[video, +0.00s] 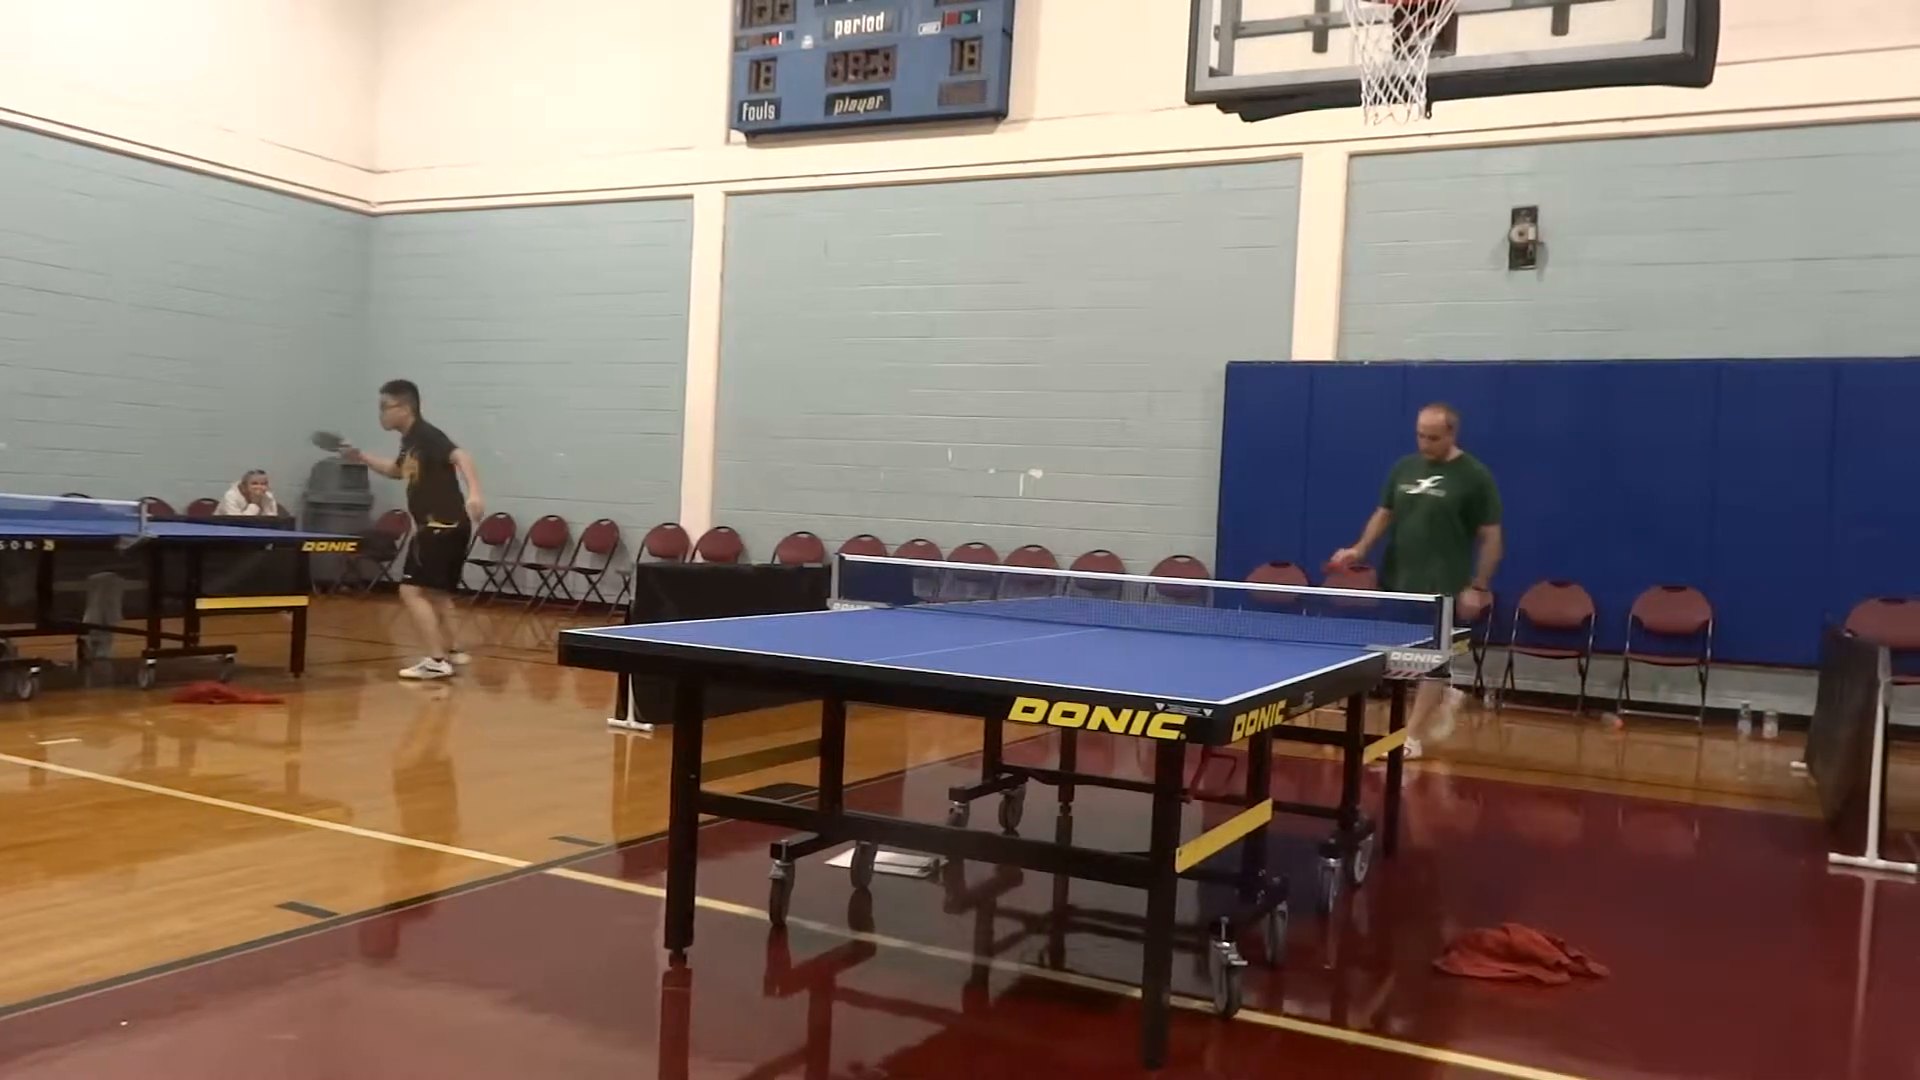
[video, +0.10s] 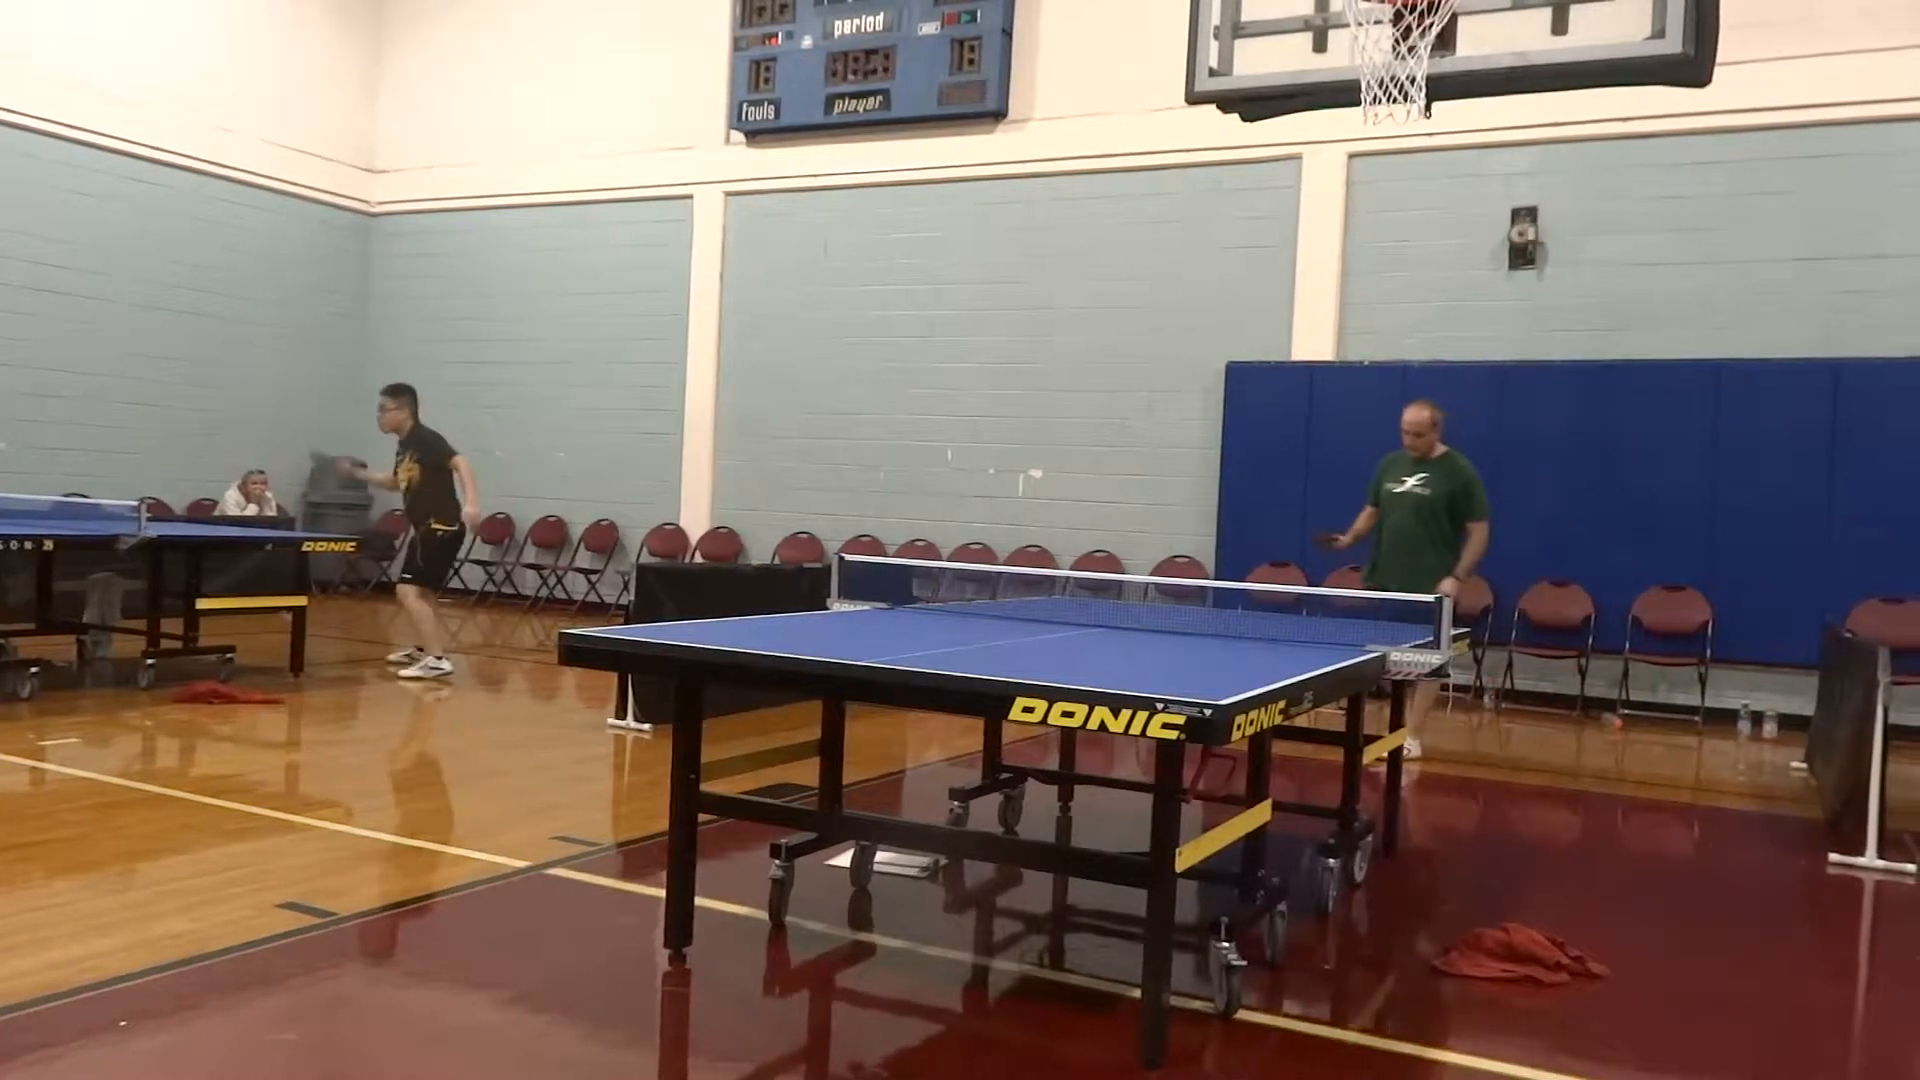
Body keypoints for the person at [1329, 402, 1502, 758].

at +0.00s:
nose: (1425, 443)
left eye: (1433, 437)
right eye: (1421, 435)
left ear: (1452, 435)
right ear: (1415, 432)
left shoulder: (1475, 476)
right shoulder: (1404, 467)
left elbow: (1492, 537)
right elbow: (1383, 514)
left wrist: (1479, 587)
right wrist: (1360, 549)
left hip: (1444, 592)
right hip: (1399, 587)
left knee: (1432, 666)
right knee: (1401, 660)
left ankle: (1412, 735)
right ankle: (1447, 698)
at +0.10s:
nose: (1409, 440)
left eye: (1417, 434)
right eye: (1405, 432)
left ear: (1436, 431)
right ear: (1401, 429)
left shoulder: (1459, 472)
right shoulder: (1389, 464)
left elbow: (1479, 532)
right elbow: (1372, 510)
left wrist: (1456, 577)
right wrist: (1349, 537)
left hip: (1429, 591)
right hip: (1382, 586)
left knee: (1427, 670)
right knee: (1388, 664)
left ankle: (1412, 738)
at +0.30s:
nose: (1374, 441)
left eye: (1382, 435)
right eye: (1371, 433)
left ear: (1404, 433)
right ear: (1367, 430)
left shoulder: (1428, 470)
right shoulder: (1358, 465)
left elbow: (1454, 528)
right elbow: (1343, 517)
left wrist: (1436, 573)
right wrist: (1317, 554)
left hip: (1410, 594)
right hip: (1361, 589)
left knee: (1414, 671)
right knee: (1350, 662)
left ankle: (1408, 738)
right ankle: (1342, 735)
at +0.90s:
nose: (1311, 438)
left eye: (1320, 430)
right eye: (1307, 430)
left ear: (1339, 425)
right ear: (1301, 426)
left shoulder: (1373, 460)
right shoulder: (1294, 465)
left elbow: (1403, 518)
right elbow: (1276, 525)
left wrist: (1400, 575)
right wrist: (1260, 574)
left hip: (1361, 590)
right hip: (1312, 589)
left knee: (1356, 673)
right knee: (1317, 671)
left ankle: (1346, 749)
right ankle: (1321, 743)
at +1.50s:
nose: (1309, 426)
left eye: (1318, 420)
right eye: (1304, 417)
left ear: (1337, 418)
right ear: (1297, 412)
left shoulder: (1362, 461)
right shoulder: (1277, 454)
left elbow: (1384, 525)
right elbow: (1256, 514)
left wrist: (1346, 564)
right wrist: (1240, 570)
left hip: (1333, 591)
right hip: (1280, 587)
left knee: (1333, 676)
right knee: (1277, 667)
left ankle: (1329, 754)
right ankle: (1276, 739)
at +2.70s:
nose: (1272, 416)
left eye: (1282, 410)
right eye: (1266, 406)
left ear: (1296, 414)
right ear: (1255, 406)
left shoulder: (1313, 465)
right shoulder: (1225, 452)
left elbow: (1325, 529)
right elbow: (1191, 505)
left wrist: (1310, 551)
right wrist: (1185, 551)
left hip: (1286, 594)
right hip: (1226, 588)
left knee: (1284, 673)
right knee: (1219, 667)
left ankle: (1281, 753)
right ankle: (1211, 755)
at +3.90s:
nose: (1274, 413)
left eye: (1281, 405)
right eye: (1265, 404)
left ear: (1288, 411)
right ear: (1244, 408)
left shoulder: (1306, 459)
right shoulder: (1218, 454)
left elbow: (1325, 519)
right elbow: (1197, 522)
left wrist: (1342, 524)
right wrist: (1250, 550)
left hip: (1283, 590)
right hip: (1222, 587)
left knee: (1298, 669)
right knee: (1215, 666)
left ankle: (1302, 750)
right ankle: (1211, 755)